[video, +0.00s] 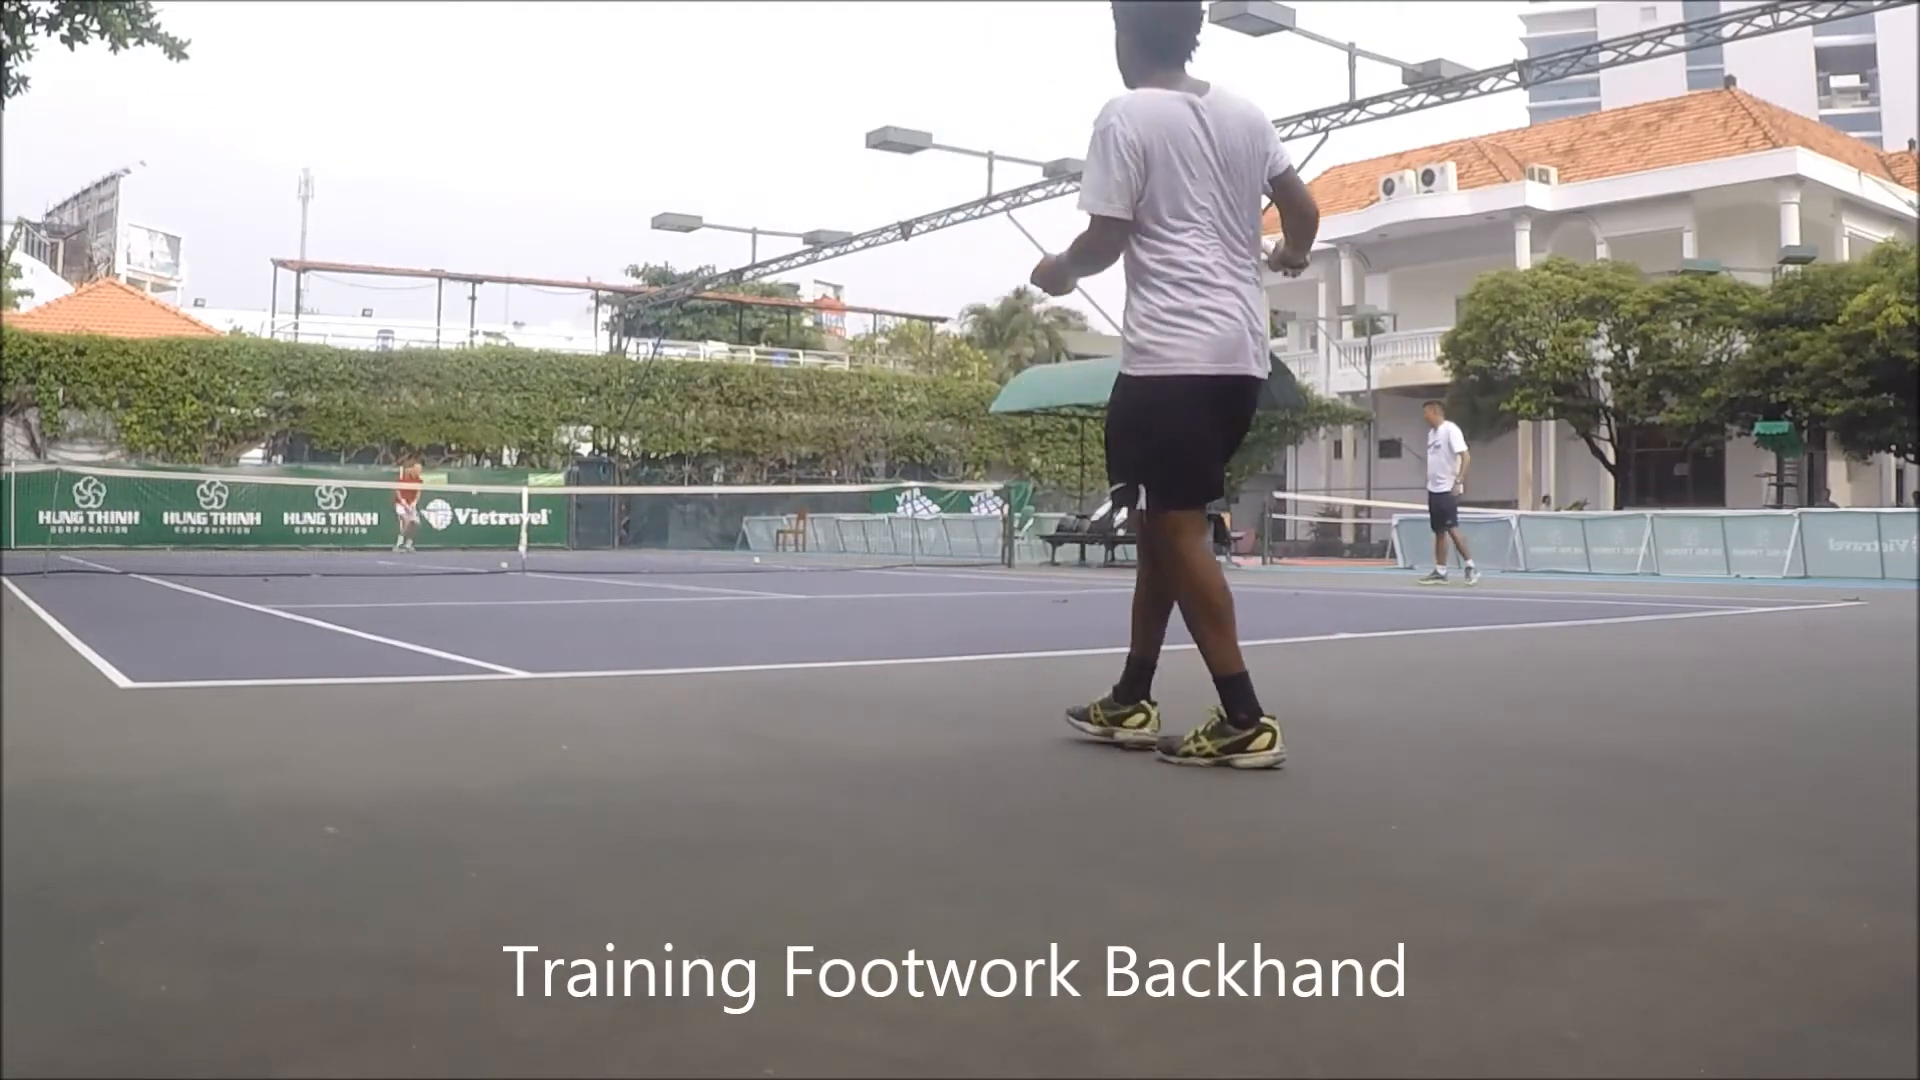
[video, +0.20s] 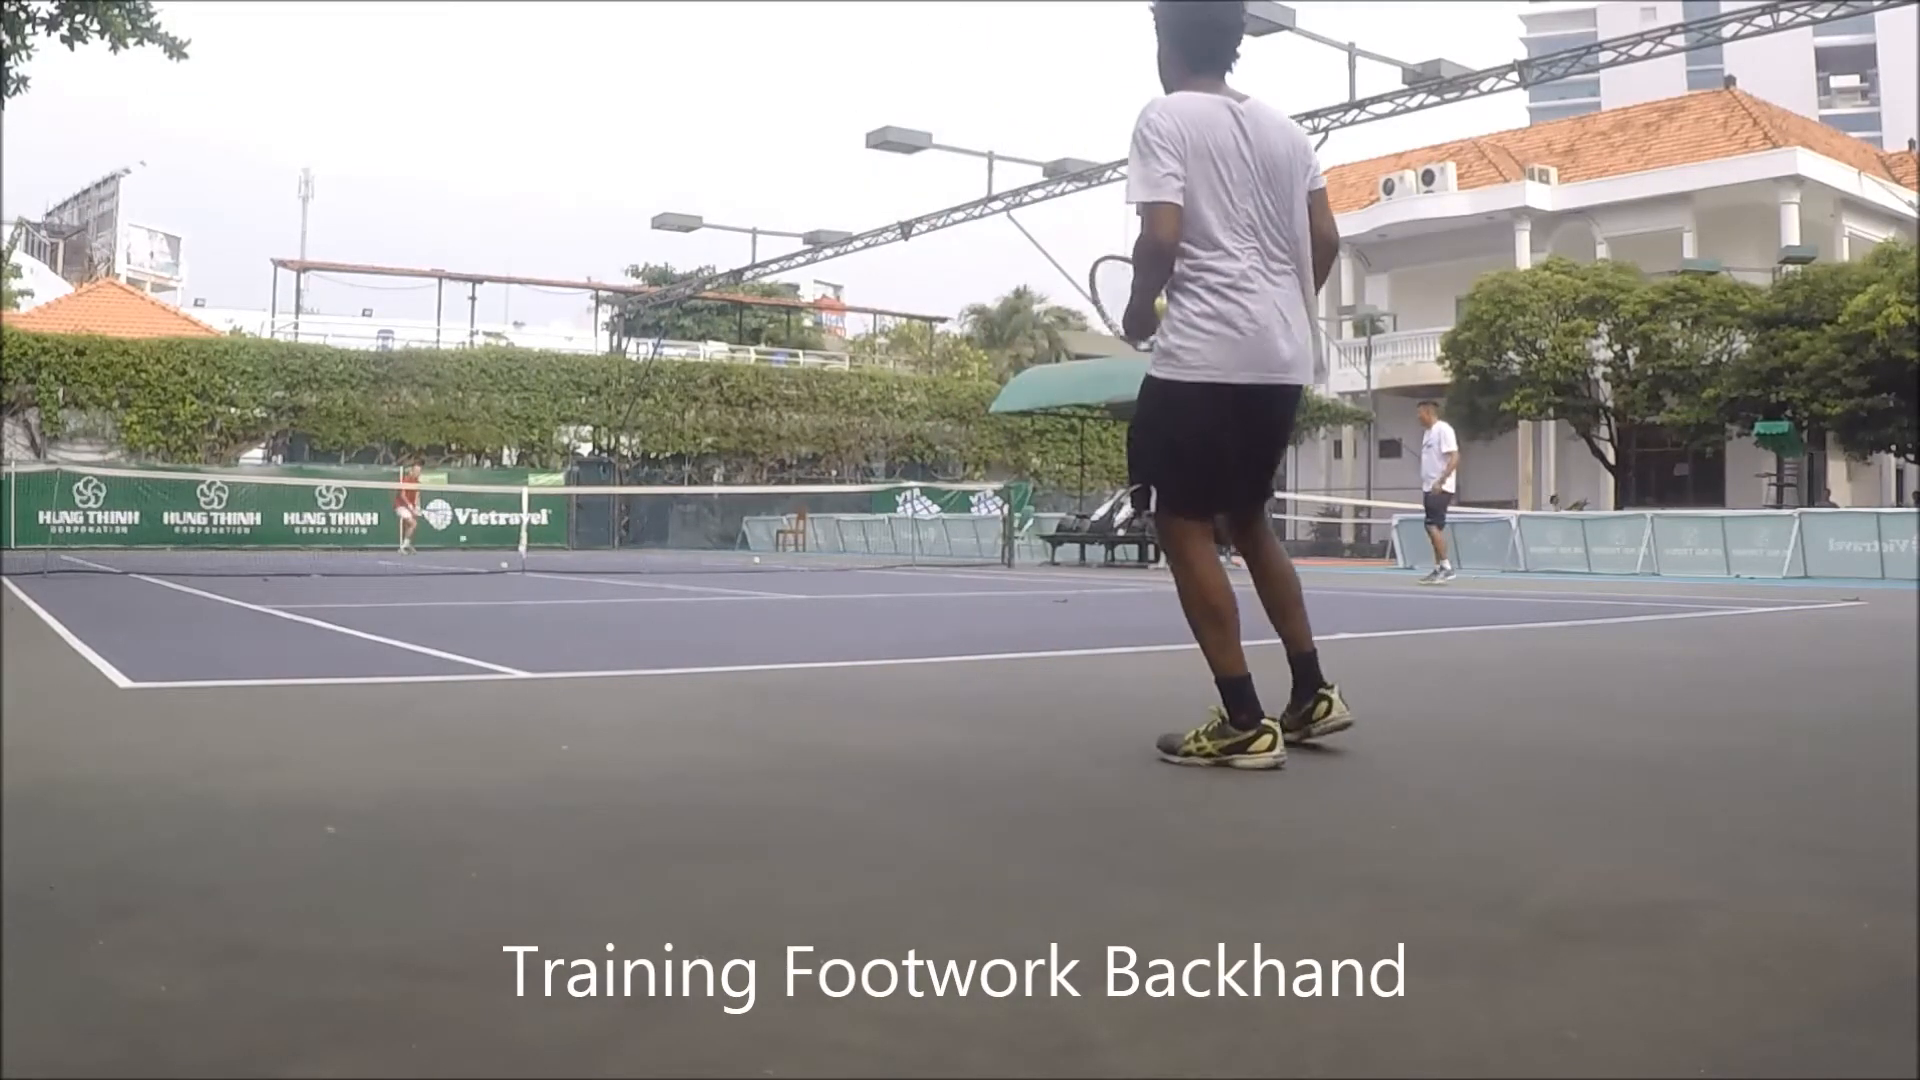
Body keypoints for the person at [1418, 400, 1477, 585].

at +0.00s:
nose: (1425, 418)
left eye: (1427, 414)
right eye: (1424, 414)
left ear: (1435, 413)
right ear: (1432, 414)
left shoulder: (1451, 429)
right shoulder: (1432, 433)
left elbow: (1465, 456)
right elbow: (1435, 458)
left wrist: (1459, 481)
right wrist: (1431, 480)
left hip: (1447, 487)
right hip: (1433, 487)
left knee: (1452, 528)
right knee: (1439, 531)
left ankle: (1470, 566)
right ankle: (1440, 570)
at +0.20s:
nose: (1419, 417)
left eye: (1420, 413)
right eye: (1419, 414)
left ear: (1429, 412)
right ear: (1426, 413)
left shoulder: (1444, 429)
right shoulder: (1428, 433)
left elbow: (1454, 457)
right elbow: (1432, 459)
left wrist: (1440, 482)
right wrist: (1427, 482)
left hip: (1440, 487)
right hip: (1429, 487)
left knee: (1432, 525)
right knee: (1434, 528)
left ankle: (1445, 566)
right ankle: (1438, 568)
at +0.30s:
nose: (1415, 417)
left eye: (1417, 413)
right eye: (1415, 414)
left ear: (1426, 413)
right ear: (1424, 413)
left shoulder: (1440, 429)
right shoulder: (1426, 434)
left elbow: (1449, 457)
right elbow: (1429, 463)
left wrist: (1434, 484)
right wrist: (1422, 489)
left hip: (1437, 487)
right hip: (1428, 487)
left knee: (1422, 525)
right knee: (1437, 529)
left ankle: (1427, 568)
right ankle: (1440, 570)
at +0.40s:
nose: (1413, 418)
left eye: (1415, 414)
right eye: (1413, 415)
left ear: (1423, 413)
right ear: (1422, 414)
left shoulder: (1436, 430)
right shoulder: (1422, 434)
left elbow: (1444, 458)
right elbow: (1421, 464)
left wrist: (1432, 486)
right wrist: (1413, 489)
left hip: (1432, 488)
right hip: (1422, 488)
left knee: (1414, 526)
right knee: (1435, 530)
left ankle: (1408, 568)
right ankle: (1440, 569)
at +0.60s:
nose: (1406, 417)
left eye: (1409, 414)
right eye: (1407, 414)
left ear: (1417, 415)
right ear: (1414, 415)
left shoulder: (1426, 432)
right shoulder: (1412, 435)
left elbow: (1432, 461)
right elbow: (1410, 462)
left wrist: (1427, 490)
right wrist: (1405, 487)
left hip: (1419, 491)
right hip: (1411, 490)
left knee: (1406, 532)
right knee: (1429, 532)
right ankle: (1440, 569)